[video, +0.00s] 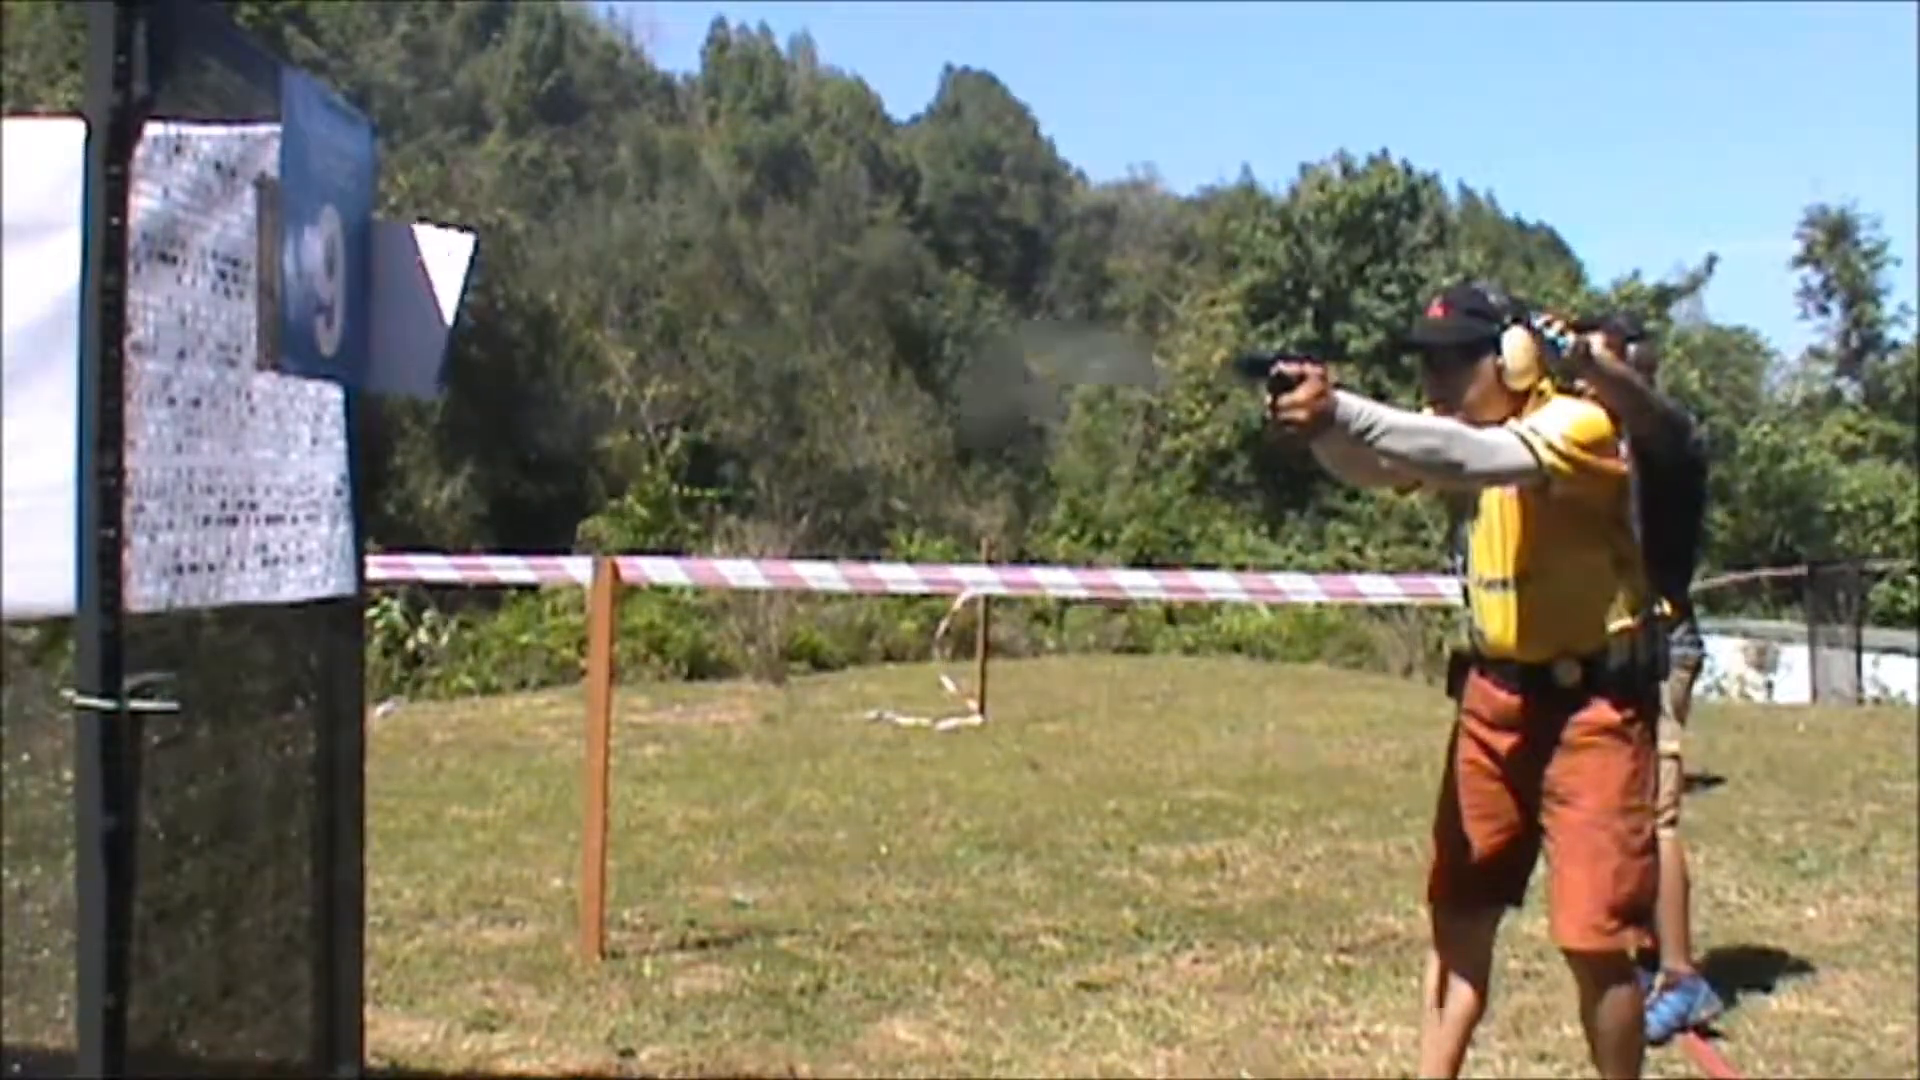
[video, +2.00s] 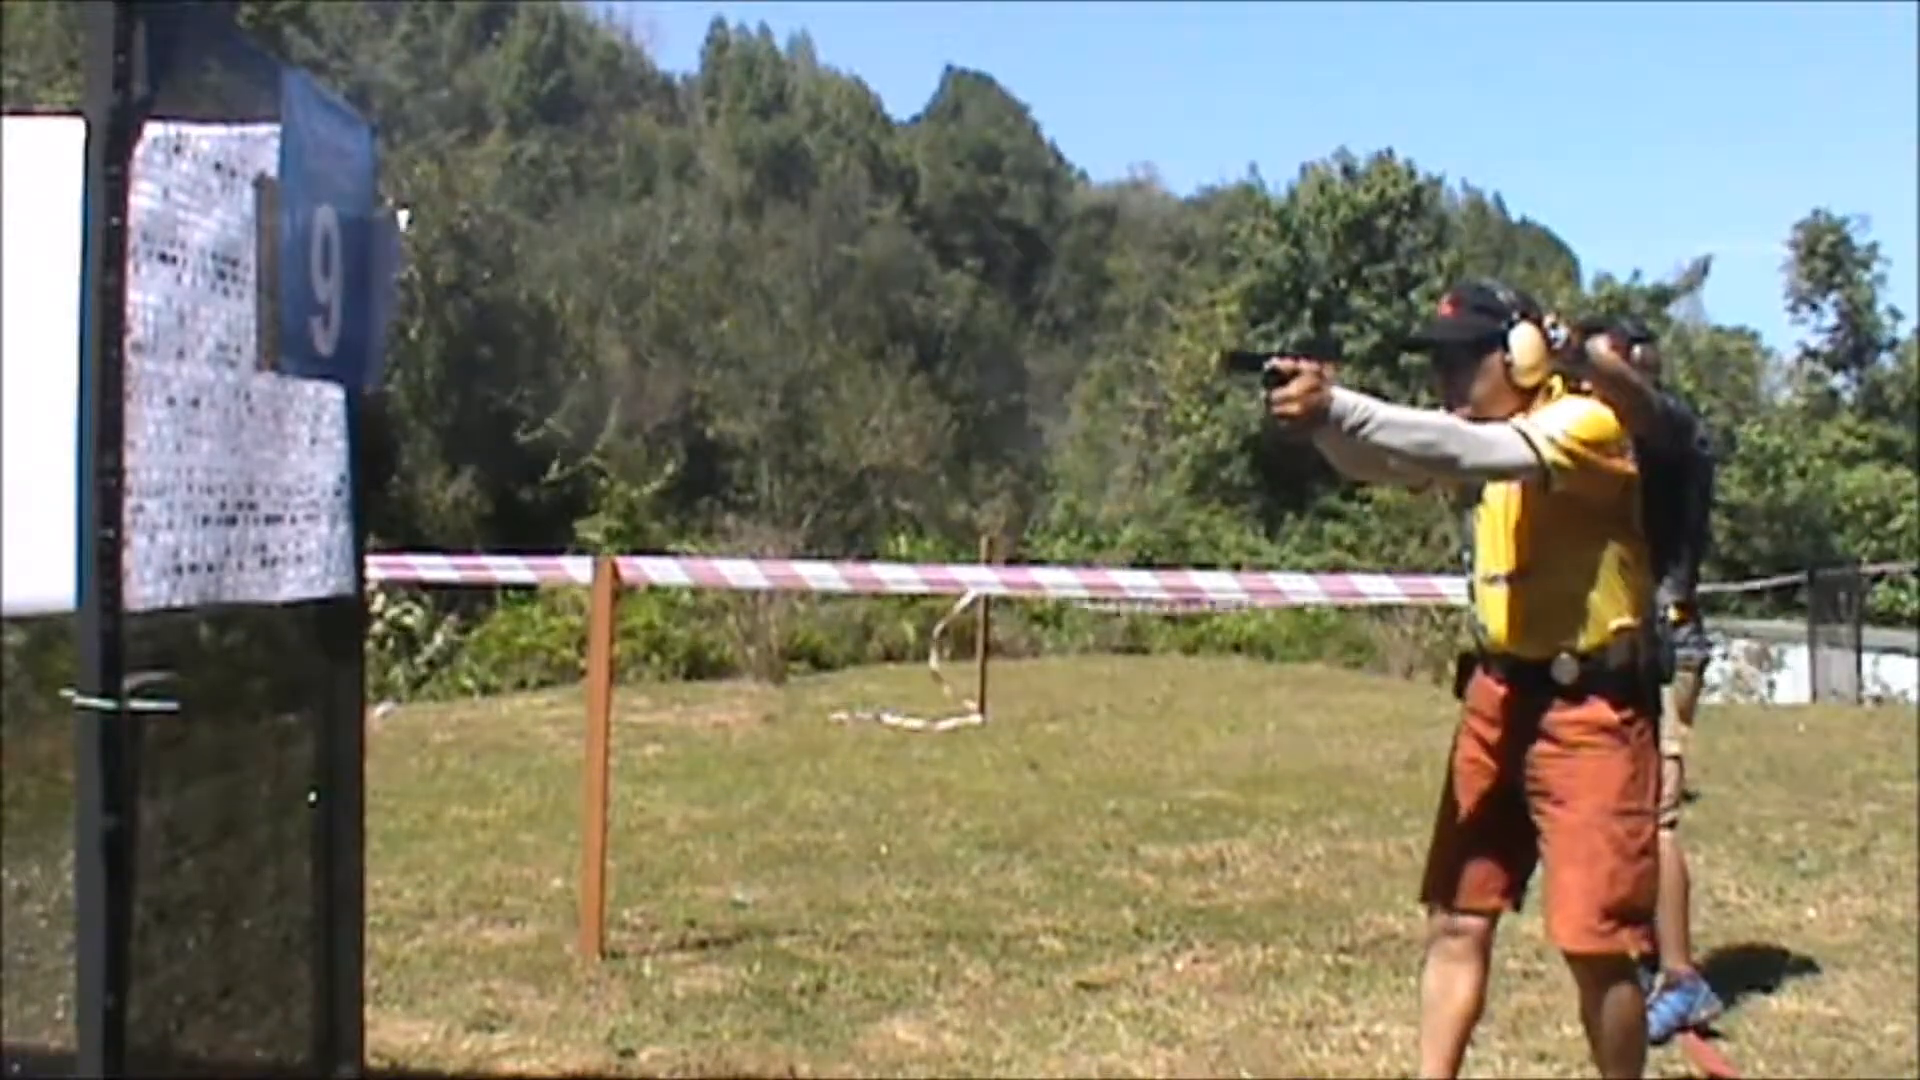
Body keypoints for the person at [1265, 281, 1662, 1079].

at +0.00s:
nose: (1435, 385)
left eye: (1451, 365)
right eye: (1429, 366)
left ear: (1506, 360)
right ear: (1430, 364)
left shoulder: (1580, 424)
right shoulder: (1470, 440)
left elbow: (1473, 455)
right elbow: (1386, 467)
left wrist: (1340, 408)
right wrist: (1316, 424)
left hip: (1597, 706)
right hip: (1495, 699)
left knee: (1594, 938)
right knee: (1461, 906)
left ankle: (1620, 1072)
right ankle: (1434, 1070)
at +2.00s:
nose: (1447, 387)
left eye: (1461, 366)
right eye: (1441, 367)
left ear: (1512, 356)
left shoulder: (1589, 420)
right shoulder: (1485, 435)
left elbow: (1474, 447)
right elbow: (1393, 467)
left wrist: (1339, 404)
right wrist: (1320, 421)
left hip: (1595, 708)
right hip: (1499, 698)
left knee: (1596, 943)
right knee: (1460, 919)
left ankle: (1624, 1073)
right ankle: (1433, 1072)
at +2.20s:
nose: (1432, 394)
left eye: (1443, 373)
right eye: (1430, 376)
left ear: (1498, 367)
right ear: (1467, 375)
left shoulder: (1574, 431)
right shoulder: (1461, 448)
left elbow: (1481, 492)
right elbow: (1348, 496)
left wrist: (1343, 432)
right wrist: (1308, 444)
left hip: (1586, 718)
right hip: (1485, 708)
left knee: (1590, 942)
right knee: (1418, 899)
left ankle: (1622, 1074)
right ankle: (1418, 1069)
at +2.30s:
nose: (1411, 417)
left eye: (1423, 405)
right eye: (1413, 404)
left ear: (1469, 421)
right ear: (1457, 423)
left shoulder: (1549, 486)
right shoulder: (1420, 481)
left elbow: (1455, 576)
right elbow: (1322, 565)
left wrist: (1321, 516)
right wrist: (1291, 508)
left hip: (1557, 751)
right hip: (1457, 734)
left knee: (1562, 962)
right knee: (1355, 896)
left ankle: (1609, 1073)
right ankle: (1355, 1066)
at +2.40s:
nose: (1389, 469)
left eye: (1402, 461)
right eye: (1394, 457)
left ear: (1441, 475)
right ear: (1423, 468)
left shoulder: (1523, 526)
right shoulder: (1394, 515)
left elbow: (1420, 618)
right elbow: (1297, 605)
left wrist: (1277, 570)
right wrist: (1247, 581)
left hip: (1535, 773)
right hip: (1433, 757)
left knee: (1548, 972)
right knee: (1311, 901)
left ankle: (1606, 1073)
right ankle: (1294, 1062)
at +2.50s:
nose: (1296, 509)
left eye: (1304, 495)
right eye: (1297, 495)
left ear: (1343, 502)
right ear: (1322, 507)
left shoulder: (1426, 544)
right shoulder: (1315, 564)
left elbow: (1422, 644)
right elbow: (1244, 633)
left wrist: (1314, 680)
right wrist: (1162, 620)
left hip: (1473, 796)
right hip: (1374, 785)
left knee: (1501, 990)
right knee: (1244, 904)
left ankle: (1590, 1072)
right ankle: (1201, 1064)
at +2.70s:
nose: (1035, 484)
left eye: (1046, 470)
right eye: (1037, 472)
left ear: (1081, 475)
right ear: (1082, 480)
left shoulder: (1119, 515)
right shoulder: (1097, 562)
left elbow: (1203, 560)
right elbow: (1053, 659)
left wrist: (1222, 683)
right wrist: (952, 623)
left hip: (1285, 761)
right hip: (1213, 779)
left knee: (1393, 954)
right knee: (1116, 901)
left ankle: (1529, 1070)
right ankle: (1173, 1067)